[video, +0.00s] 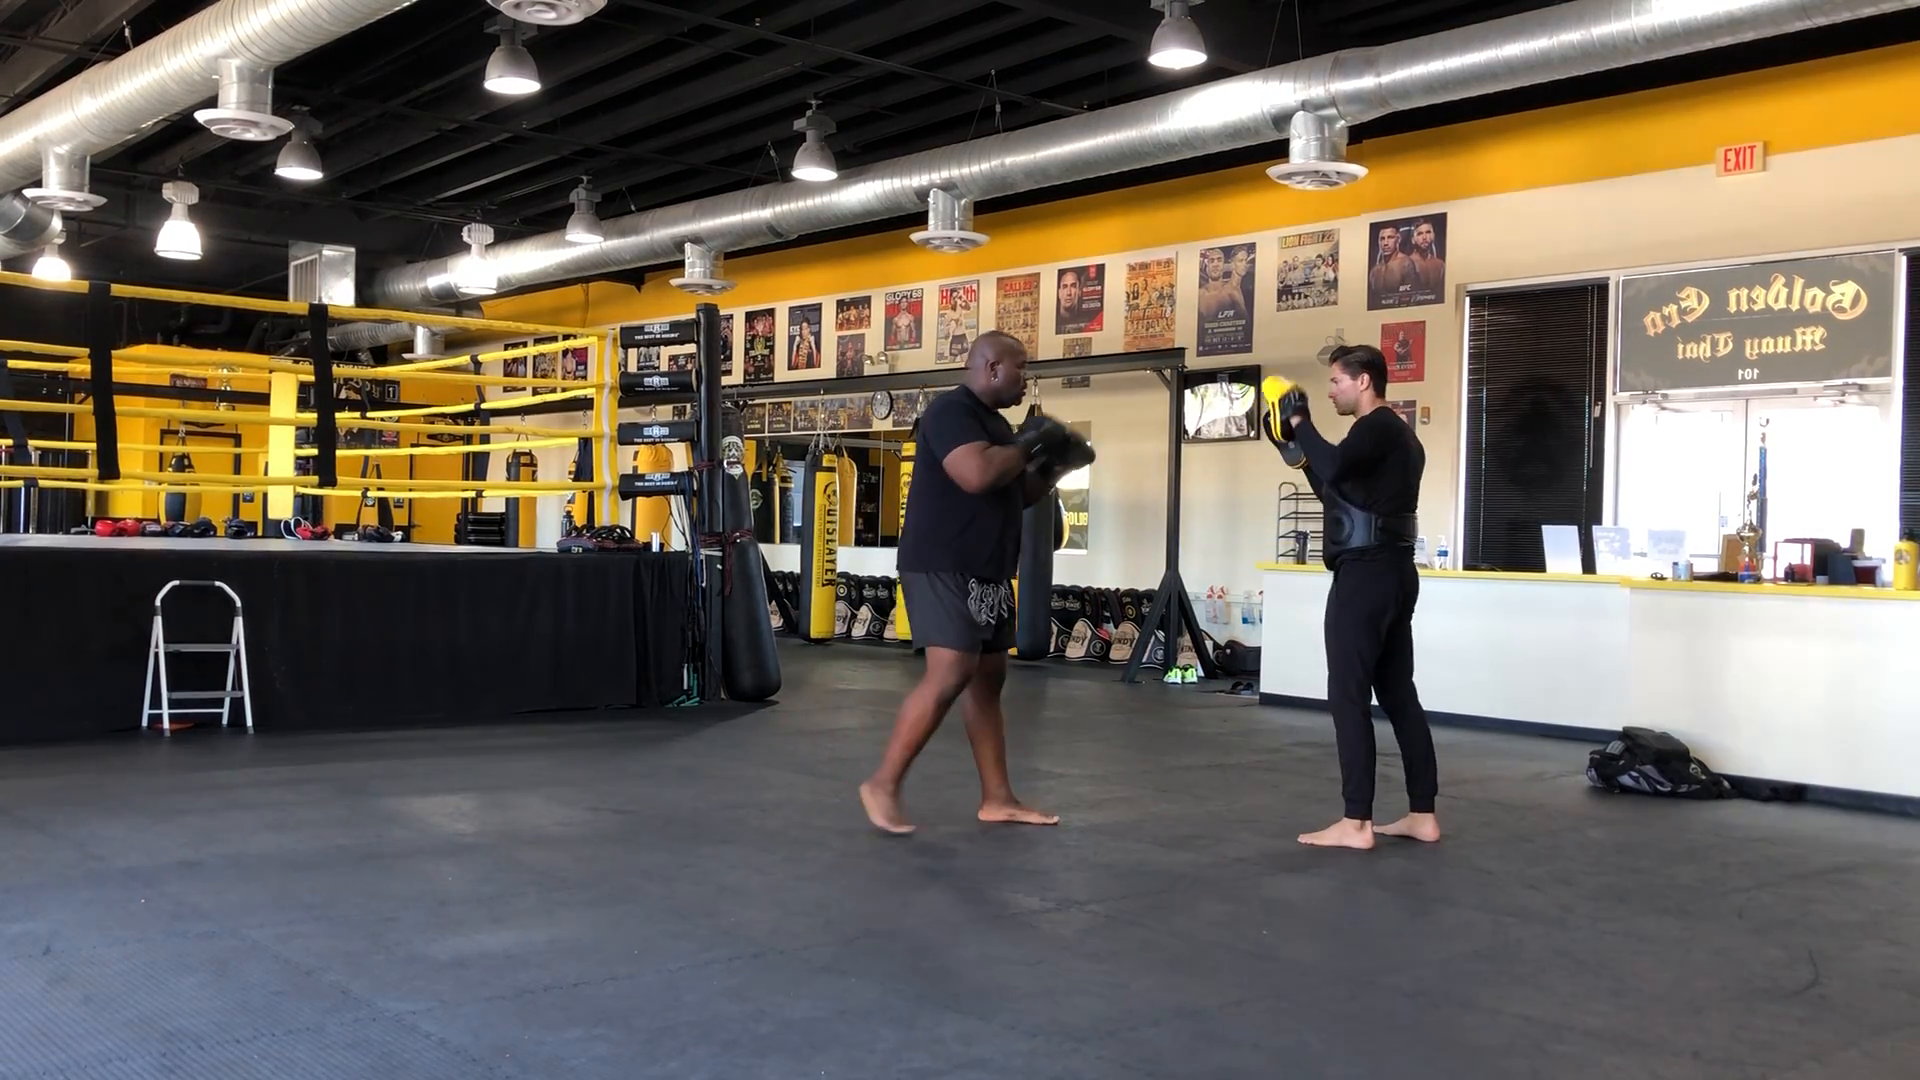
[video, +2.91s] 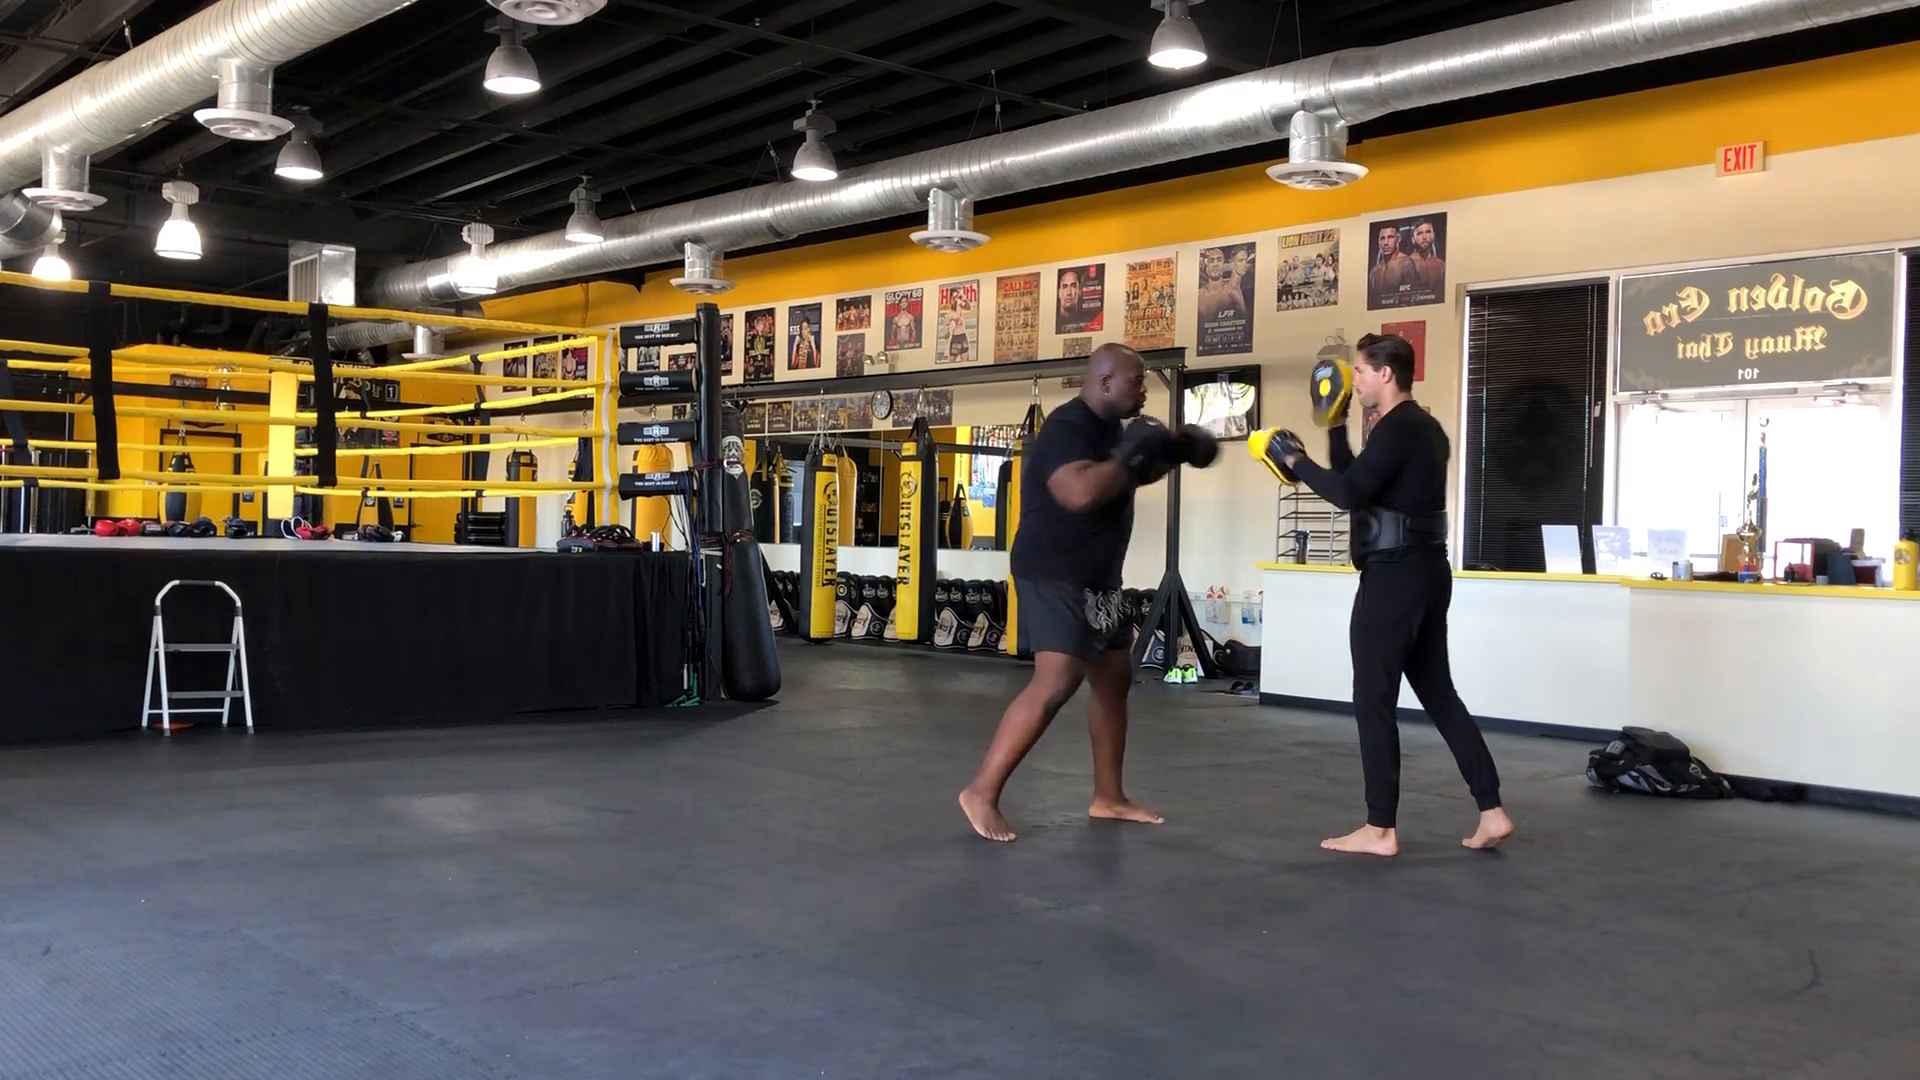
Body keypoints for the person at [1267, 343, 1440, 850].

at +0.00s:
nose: (1331, 391)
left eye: (1337, 381)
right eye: (1331, 382)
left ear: (1363, 381)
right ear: (1369, 383)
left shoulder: (1374, 426)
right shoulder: (1403, 435)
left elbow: (1336, 467)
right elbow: (1339, 491)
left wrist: (1301, 424)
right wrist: (1299, 451)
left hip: (1362, 575)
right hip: (1397, 574)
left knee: (1347, 698)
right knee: (1399, 695)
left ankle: (1355, 822)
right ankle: (1422, 815)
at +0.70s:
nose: (1302, 381)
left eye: (1309, 373)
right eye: (1303, 372)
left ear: (1336, 375)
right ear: (1339, 376)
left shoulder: (1350, 427)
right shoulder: (1357, 425)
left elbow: (1314, 499)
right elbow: (1288, 469)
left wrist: (1257, 495)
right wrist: (1282, 410)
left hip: (1347, 573)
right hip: (1368, 569)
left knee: (1345, 696)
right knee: (1364, 688)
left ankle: (1355, 823)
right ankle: (1413, 800)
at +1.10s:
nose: (1313, 384)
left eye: (1319, 375)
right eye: (1313, 374)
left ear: (1347, 378)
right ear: (1351, 379)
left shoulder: (1364, 431)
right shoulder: (1387, 426)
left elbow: (1363, 515)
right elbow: (1356, 494)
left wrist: (1306, 534)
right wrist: (1306, 485)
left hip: (1365, 575)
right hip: (1389, 571)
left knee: (1360, 699)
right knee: (1384, 691)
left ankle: (1357, 823)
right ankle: (1418, 806)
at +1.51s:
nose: (1360, 390)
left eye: (1364, 380)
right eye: (1359, 380)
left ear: (1390, 379)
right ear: (1403, 381)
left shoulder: (1393, 435)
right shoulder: (1450, 433)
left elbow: (1378, 509)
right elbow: (1432, 506)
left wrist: (1331, 512)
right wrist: (1354, 511)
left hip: (1397, 578)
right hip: (1443, 578)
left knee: (1377, 701)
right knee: (1455, 700)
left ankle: (1358, 824)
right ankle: (1495, 822)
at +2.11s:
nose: (1425, 393)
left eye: (1429, 383)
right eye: (1424, 383)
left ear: (1457, 381)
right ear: (1465, 384)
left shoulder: (1456, 433)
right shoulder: (1507, 440)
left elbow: (1424, 486)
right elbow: (1451, 501)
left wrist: (1377, 454)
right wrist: (1388, 477)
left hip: (1444, 583)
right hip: (1490, 584)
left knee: (1404, 702)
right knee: (1493, 706)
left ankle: (1383, 827)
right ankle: (1501, 832)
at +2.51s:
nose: (1396, 390)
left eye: (1400, 379)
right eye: (1395, 380)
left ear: (1428, 379)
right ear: (1439, 380)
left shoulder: (1425, 429)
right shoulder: (1480, 438)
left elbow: (1368, 467)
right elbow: (1431, 489)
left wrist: (1354, 407)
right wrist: (1385, 445)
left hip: (1414, 578)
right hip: (1461, 580)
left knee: (1378, 700)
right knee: (1474, 704)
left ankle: (1380, 828)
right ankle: (1499, 831)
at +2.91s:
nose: (1353, 381)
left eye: (1359, 372)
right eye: (1354, 372)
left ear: (1386, 375)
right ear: (1396, 377)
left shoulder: (1395, 428)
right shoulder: (1426, 428)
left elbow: (1350, 493)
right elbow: (1353, 486)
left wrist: (1297, 463)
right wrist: (1336, 426)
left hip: (1391, 577)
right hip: (1427, 573)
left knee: (1373, 702)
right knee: (1439, 695)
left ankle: (1380, 828)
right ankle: (1492, 811)